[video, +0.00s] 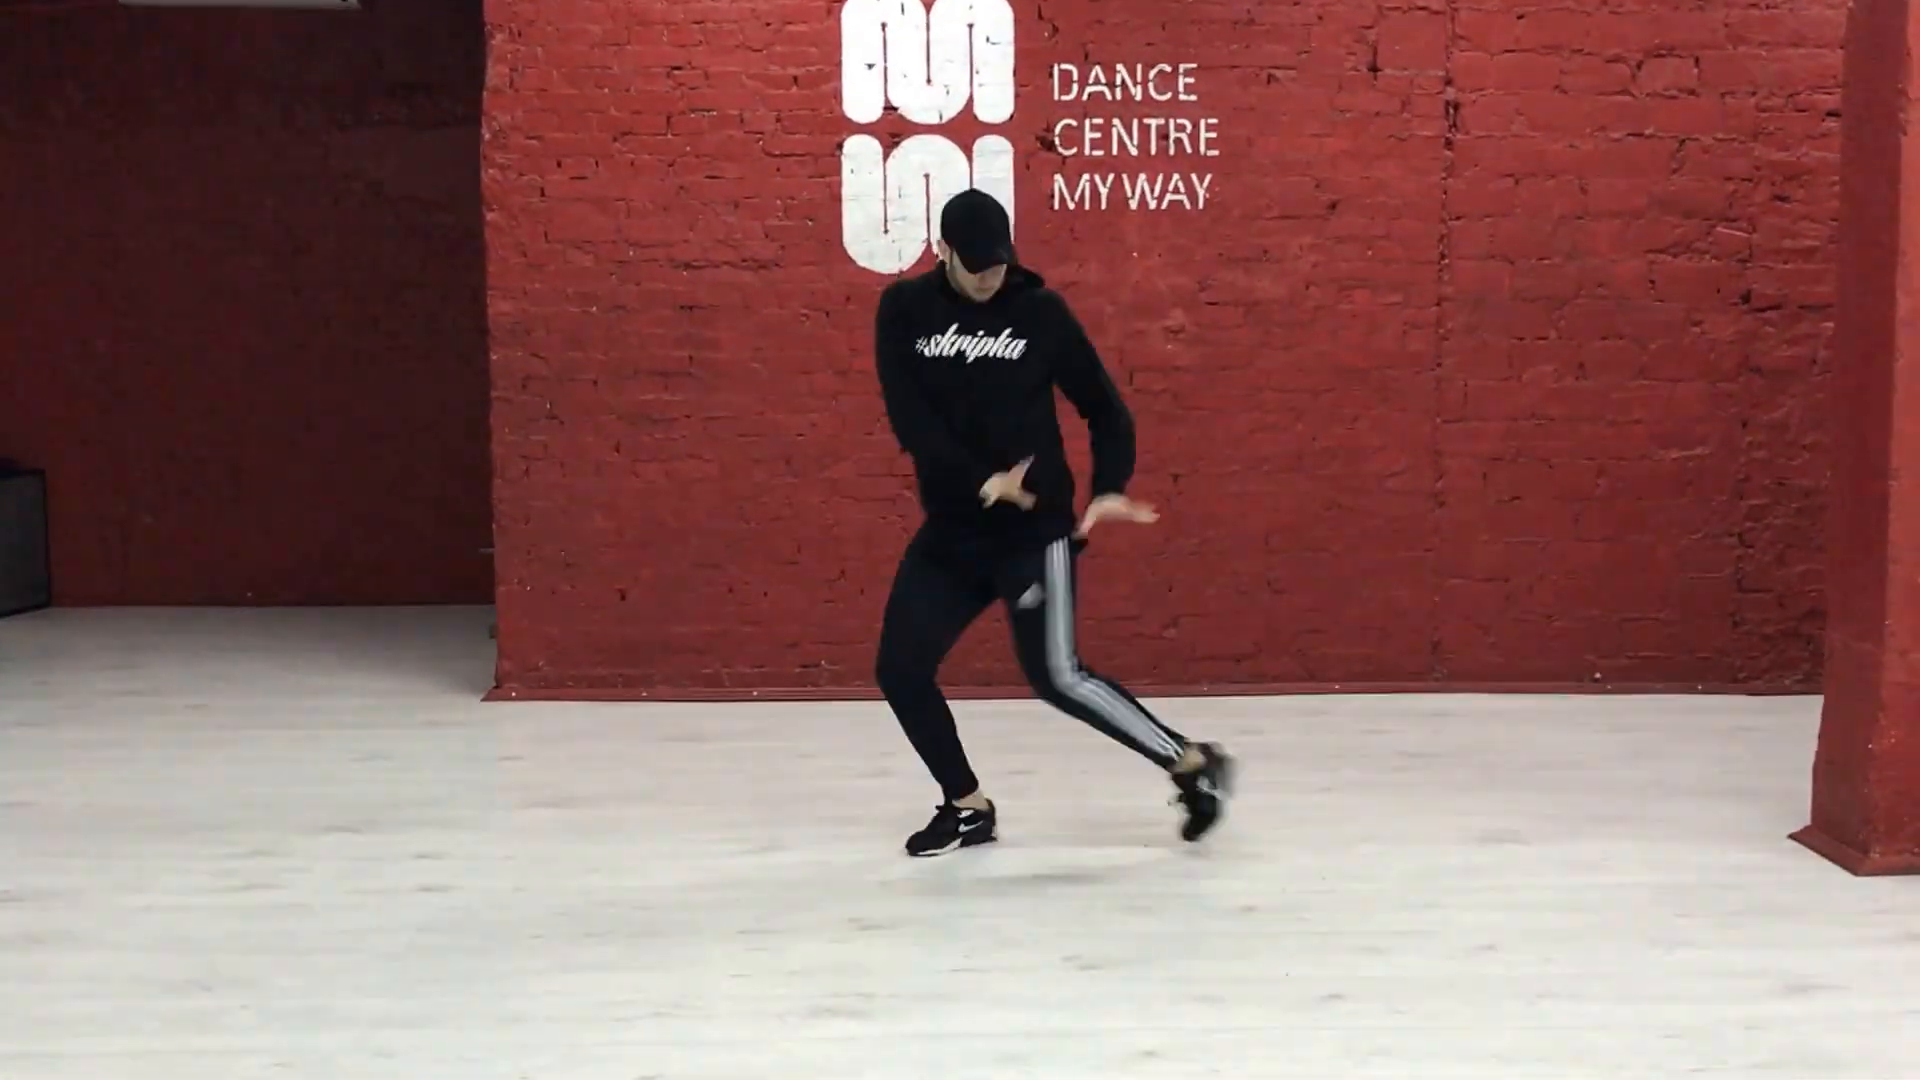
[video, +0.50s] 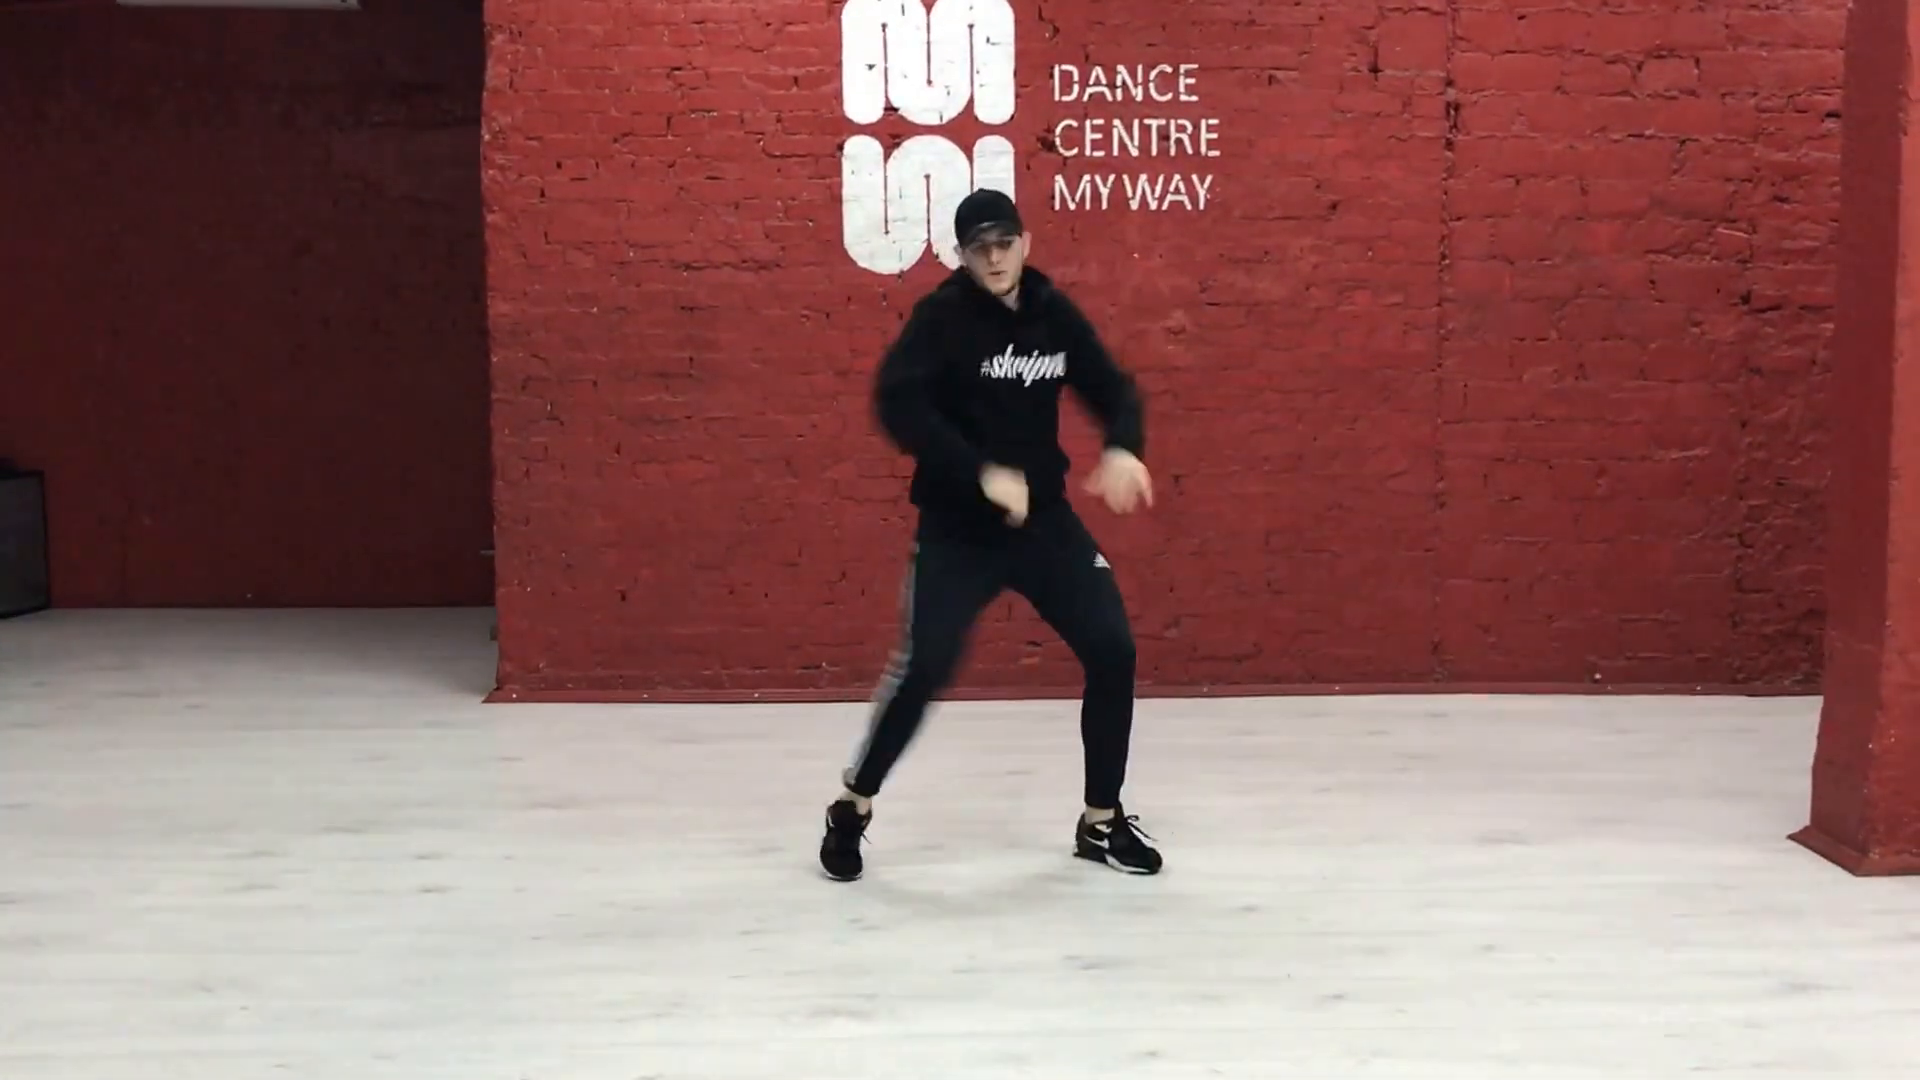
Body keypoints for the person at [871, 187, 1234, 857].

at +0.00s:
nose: (989, 279)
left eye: (998, 265)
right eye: (976, 267)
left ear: (1009, 250)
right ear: (945, 251)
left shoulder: (1040, 311)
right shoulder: (902, 307)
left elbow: (1106, 409)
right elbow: (910, 417)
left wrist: (1111, 487)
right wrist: (979, 478)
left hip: (1036, 524)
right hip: (954, 527)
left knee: (1057, 676)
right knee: (900, 670)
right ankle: (966, 805)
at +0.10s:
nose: (989, 272)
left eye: (997, 258)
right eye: (974, 262)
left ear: (1006, 245)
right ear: (942, 250)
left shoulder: (1034, 298)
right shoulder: (906, 306)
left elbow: (1100, 357)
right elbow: (889, 411)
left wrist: (1127, 402)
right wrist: (958, 432)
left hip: (1041, 515)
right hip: (962, 521)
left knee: (1074, 671)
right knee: (892, 659)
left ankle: (1202, 784)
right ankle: (968, 804)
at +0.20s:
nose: (980, 271)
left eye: (990, 258)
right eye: (966, 261)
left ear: (1008, 241)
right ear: (945, 252)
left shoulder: (1052, 275)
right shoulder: (922, 309)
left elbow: (1140, 291)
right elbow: (872, 408)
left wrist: (1135, 325)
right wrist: (914, 411)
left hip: (1055, 514)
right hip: (957, 518)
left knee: (1123, 641)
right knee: (884, 648)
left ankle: (1128, 786)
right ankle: (937, 784)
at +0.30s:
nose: (977, 282)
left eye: (987, 269)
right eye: (965, 270)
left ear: (1011, 248)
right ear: (948, 258)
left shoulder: (1061, 269)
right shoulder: (943, 317)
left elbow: (1170, 267)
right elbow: (894, 417)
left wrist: (1128, 320)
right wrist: (907, 414)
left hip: (1047, 513)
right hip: (967, 519)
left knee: (1114, 650)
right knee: (948, 674)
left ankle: (1103, 816)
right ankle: (836, 790)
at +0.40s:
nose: (980, 279)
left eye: (991, 266)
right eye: (968, 267)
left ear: (1017, 245)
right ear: (952, 256)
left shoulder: (1069, 291)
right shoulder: (940, 313)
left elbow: (1175, 325)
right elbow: (893, 403)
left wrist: (1114, 363)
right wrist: (913, 411)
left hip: (1041, 520)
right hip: (964, 526)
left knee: (1110, 653)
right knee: (989, 688)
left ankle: (1102, 817)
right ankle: (842, 808)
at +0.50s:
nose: (995, 258)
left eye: (1004, 243)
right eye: (980, 247)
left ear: (1024, 242)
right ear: (962, 253)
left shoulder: (1052, 312)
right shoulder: (939, 317)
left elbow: (1114, 389)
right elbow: (897, 405)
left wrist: (1123, 448)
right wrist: (979, 471)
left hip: (1043, 520)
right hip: (957, 529)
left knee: (1113, 652)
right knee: (924, 671)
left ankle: (1102, 817)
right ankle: (851, 809)